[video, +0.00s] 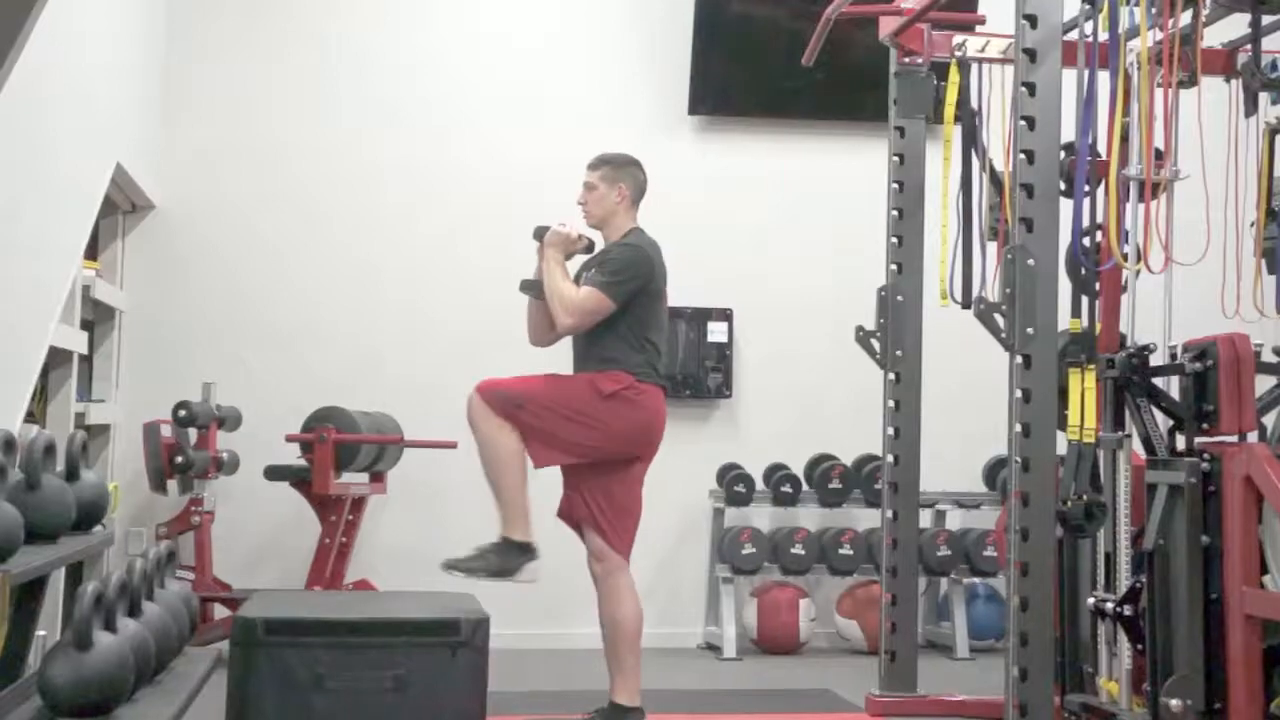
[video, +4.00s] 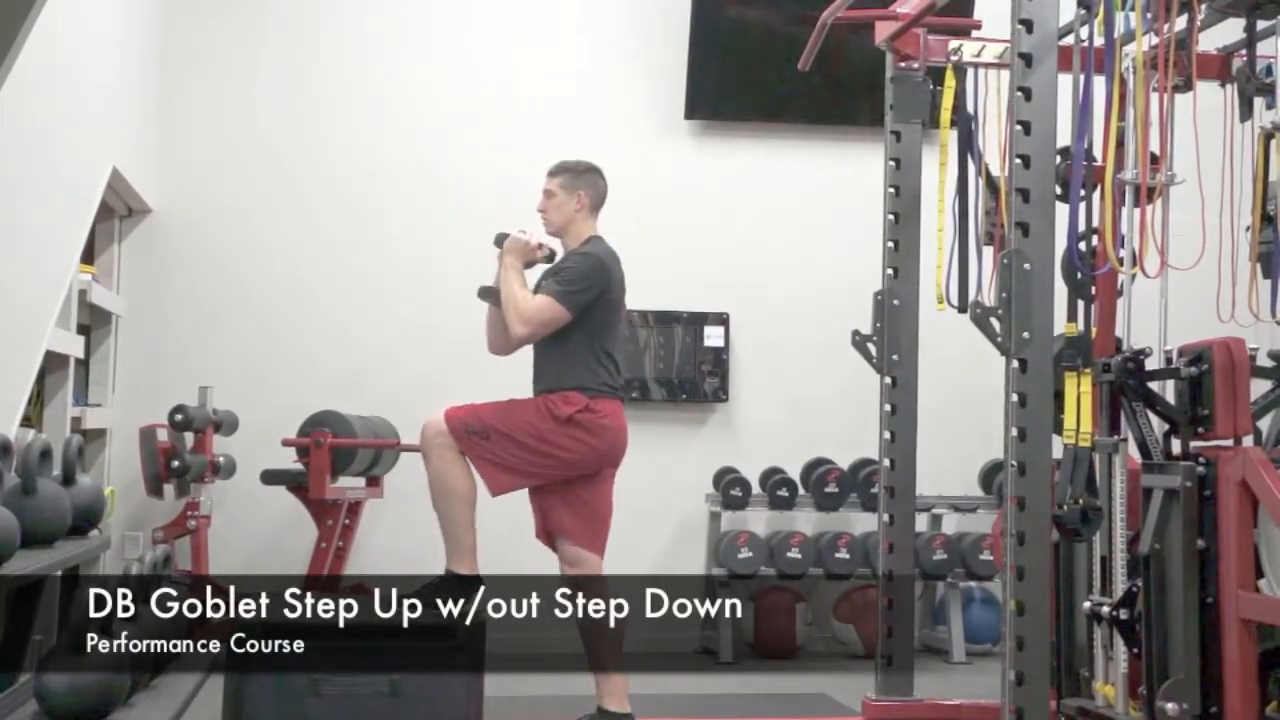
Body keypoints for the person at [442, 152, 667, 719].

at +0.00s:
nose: (581, 196)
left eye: (590, 187)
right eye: (583, 186)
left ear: (622, 193)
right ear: (616, 194)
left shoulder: (635, 252)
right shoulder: (606, 257)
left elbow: (569, 316)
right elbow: (540, 332)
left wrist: (555, 257)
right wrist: (545, 266)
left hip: (624, 400)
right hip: (619, 410)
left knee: (489, 403)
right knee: (608, 559)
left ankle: (516, 542)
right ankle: (625, 704)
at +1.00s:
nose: (553, 203)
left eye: (562, 193)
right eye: (555, 193)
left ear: (593, 199)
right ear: (590, 201)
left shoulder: (605, 259)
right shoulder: (581, 264)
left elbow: (535, 322)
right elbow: (512, 337)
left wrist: (521, 260)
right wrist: (517, 269)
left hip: (588, 414)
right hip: (594, 420)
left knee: (449, 429)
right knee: (590, 563)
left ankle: (464, 576)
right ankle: (624, 705)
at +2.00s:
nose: (453, 54)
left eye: (462, 43)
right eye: (455, 44)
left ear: (495, 46)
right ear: (495, 47)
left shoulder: (507, 105)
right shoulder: (488, 111)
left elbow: (434, 169)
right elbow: (422, 197)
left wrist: (425, 106)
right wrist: (427, 125)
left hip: (499, 280)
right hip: (466, 266)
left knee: (464, 432)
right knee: (363, 250)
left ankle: (465, 582)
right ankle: (395, 375)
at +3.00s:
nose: (499, 215)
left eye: (507, 204)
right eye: (500, 204)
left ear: (539, 207)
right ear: (538, 209)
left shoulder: (557, 265)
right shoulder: (541, 272)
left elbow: (492, 336)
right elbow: (476, 354)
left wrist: (479, 275)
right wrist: (476, 289)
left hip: (571, 422)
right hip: (580, 428)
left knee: (430, 438)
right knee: (558, 574)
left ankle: (462, 578)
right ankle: (612, 707)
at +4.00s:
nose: (540, 204)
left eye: (550, 195)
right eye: (542, 194)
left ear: (581, 201)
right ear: (574, 203)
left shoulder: (595, 261)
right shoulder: (569, 267)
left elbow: (525, 323)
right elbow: (502, 342)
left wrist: (510, 262)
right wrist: (506, 275)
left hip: (580, 416)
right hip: (585, 420)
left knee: (440, 434)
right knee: (581, 562)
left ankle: (462, 578)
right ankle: (615, 707)